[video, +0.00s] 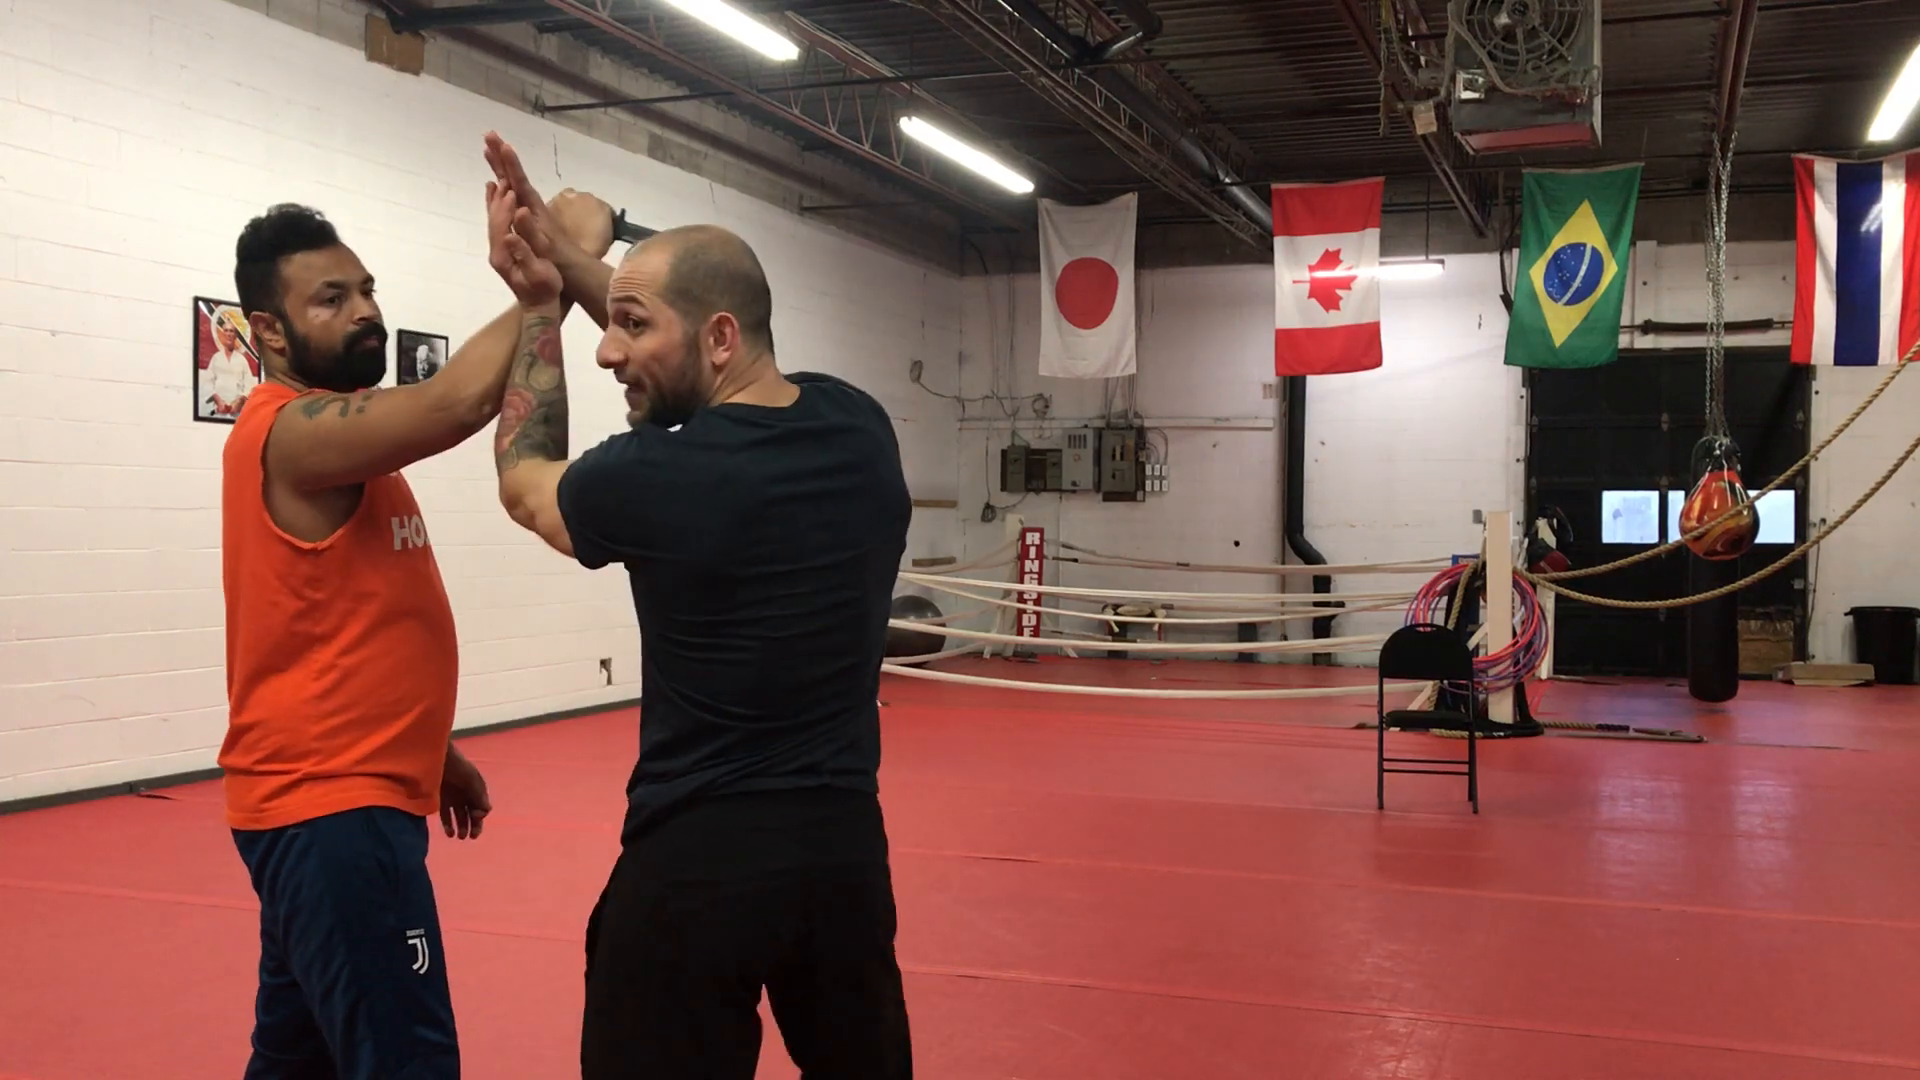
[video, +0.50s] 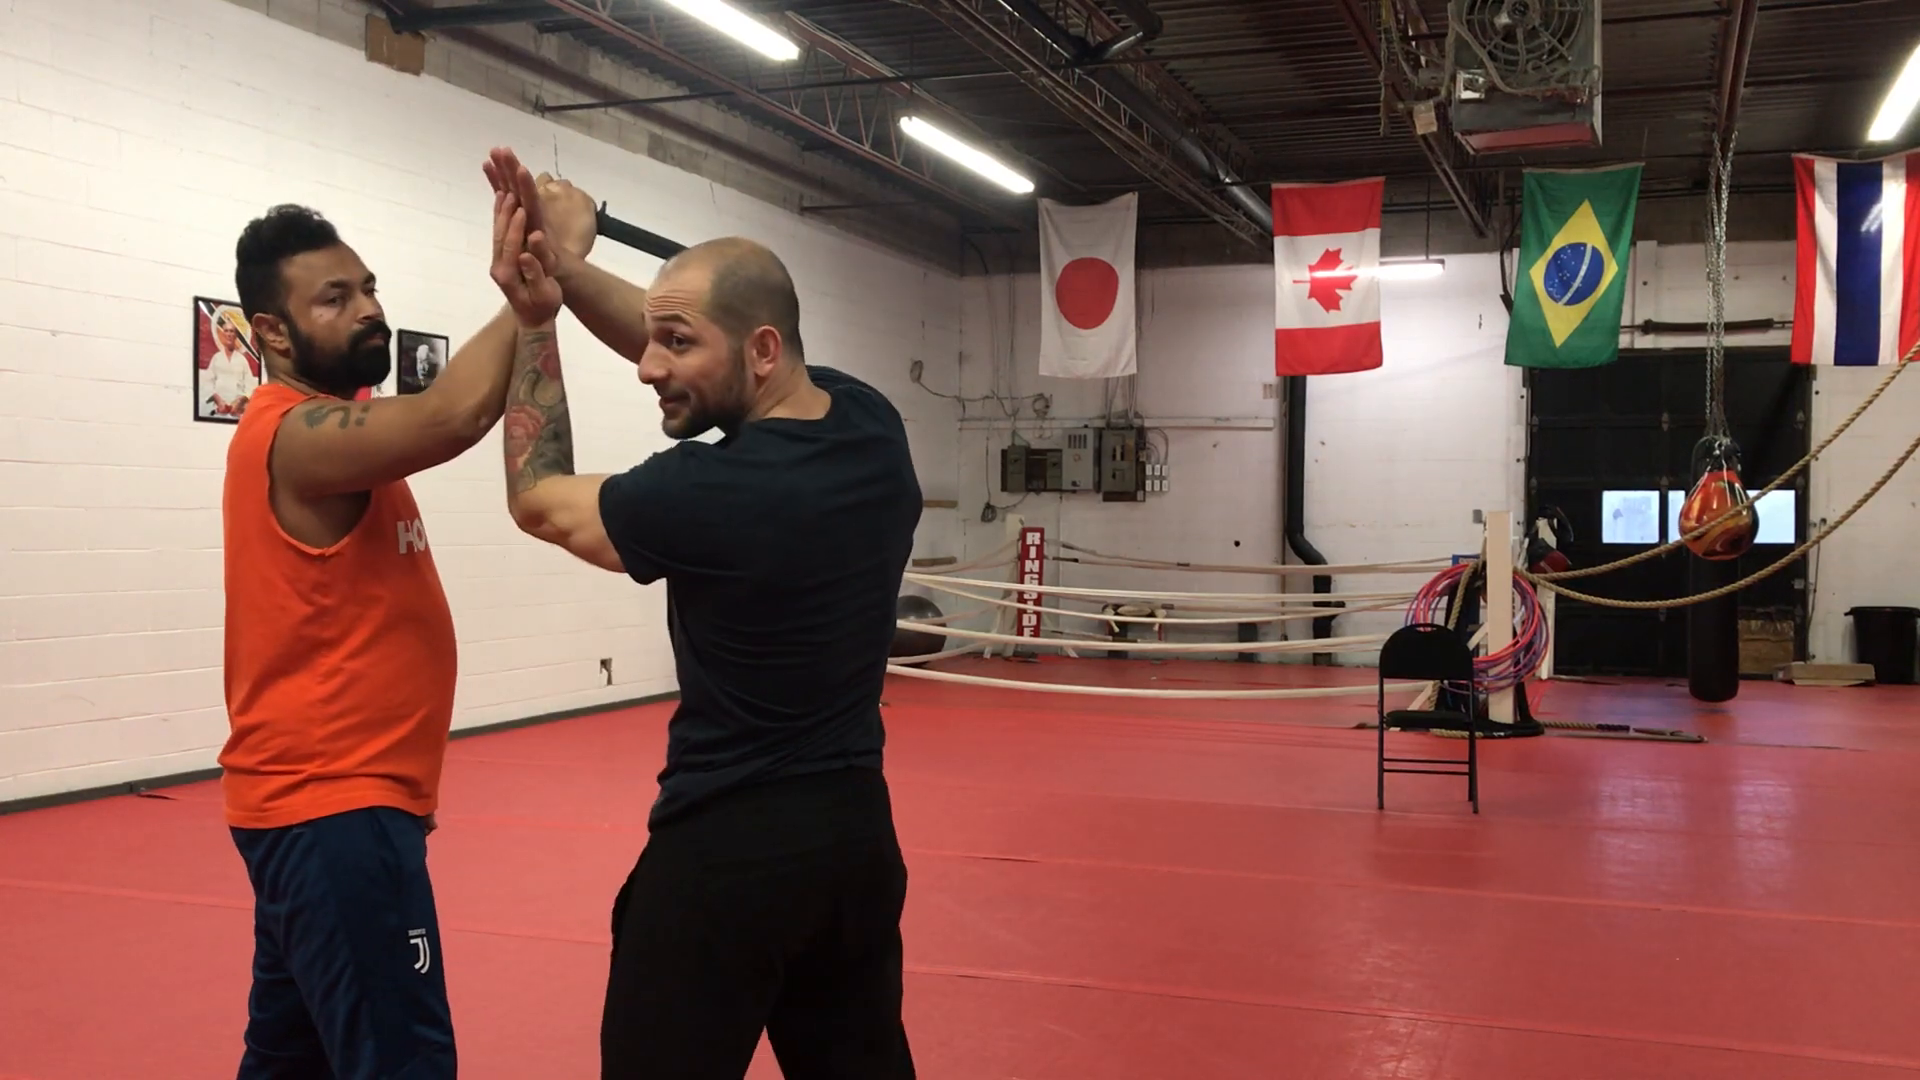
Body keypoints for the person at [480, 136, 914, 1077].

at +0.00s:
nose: (609, 355)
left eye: (634, 325)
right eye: (612, 325)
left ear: (719, 339)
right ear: (728, 337)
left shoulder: (649, 475)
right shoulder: (862, 428)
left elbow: (528, 482)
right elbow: (713, 364)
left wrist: (538, 308)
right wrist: (579, 273)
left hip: (686, 863)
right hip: (839, 853)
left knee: (651, 1059)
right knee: (868, 1063)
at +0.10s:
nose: (619, 353)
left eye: (641, 325)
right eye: (621, 326)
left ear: (727, 336)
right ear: (733, 336)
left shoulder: (664, 476)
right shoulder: (862, 427)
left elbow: (527, 487)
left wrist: (532, 308)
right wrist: (572, 270)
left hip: (684, 856)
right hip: (833, 844)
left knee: (652, 1060)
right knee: (856, 1061)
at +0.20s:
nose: (630, 354)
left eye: (653, 330)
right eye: (630, 330)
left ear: (736, 337)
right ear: (743, 336)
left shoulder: (678, 478)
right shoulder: (866, 426)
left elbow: (530, 490)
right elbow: (669, 338)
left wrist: (528, 311)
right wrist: (562, 266)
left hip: (692, 854)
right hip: (837, 840)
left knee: (653, 1061)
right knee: (854, 1066)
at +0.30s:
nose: (642, 364)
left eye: (666, 341)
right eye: (641, 339)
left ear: (752, 345)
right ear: (755, 344)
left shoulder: (686, 487)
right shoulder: (868, 426)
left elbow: (534, 493)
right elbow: (673, 331)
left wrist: (526, 312)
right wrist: (567, 263)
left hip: (703, 858)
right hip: (847, 841)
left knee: (655, 1060)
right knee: (856, 1066)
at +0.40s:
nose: (650, 365)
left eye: (674, 342)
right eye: (648, 341)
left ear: (760, 345)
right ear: (765, 345)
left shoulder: (691, 490)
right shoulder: (870, 426)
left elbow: (536, 496)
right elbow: (671, 336)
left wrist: (530, 315)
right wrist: (564, 264)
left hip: (714, 857)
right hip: (853, 838)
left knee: (656, 1062)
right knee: (863, 1066)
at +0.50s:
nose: (651, 365)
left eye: (678, 342)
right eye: (650, 340)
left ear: (764, 349)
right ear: (769, 349)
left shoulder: (697, 493)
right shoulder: (871, 428)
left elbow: (538, 498)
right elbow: (677, 332)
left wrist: (533, 316)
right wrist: (568, 267)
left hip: (716, 854)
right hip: (852, 836)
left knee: (657, 1061)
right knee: (865, 1064)